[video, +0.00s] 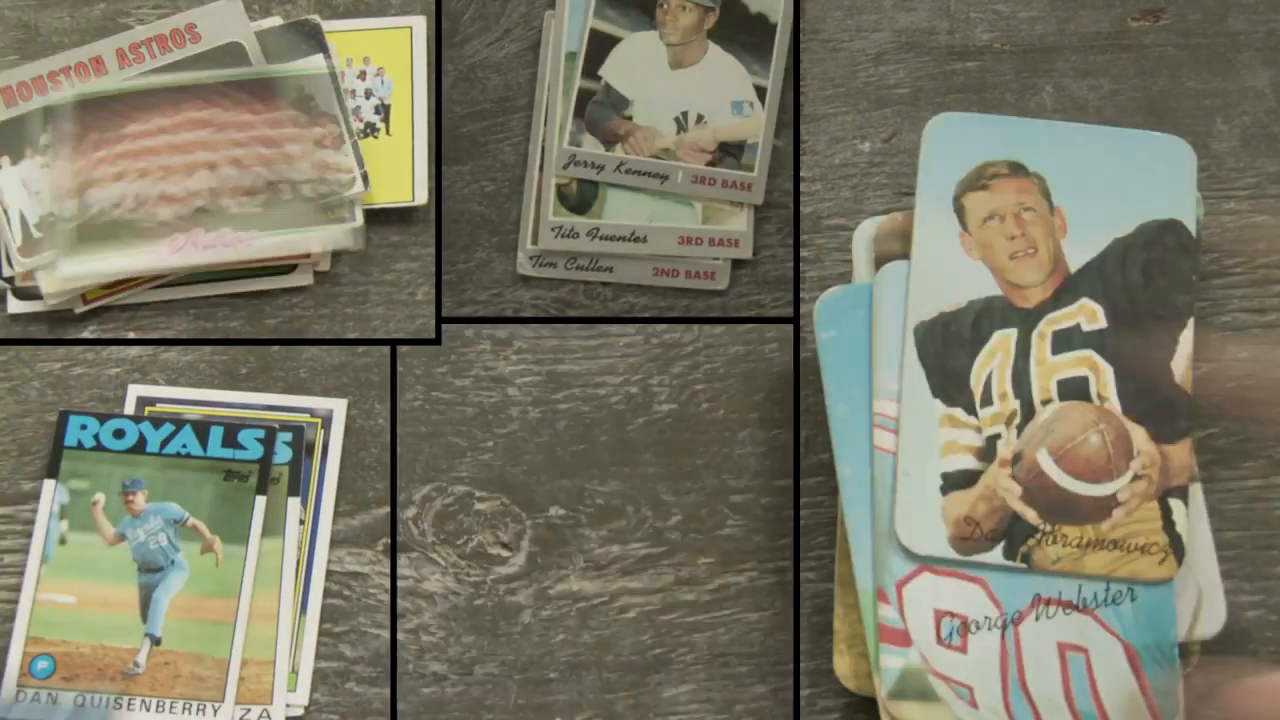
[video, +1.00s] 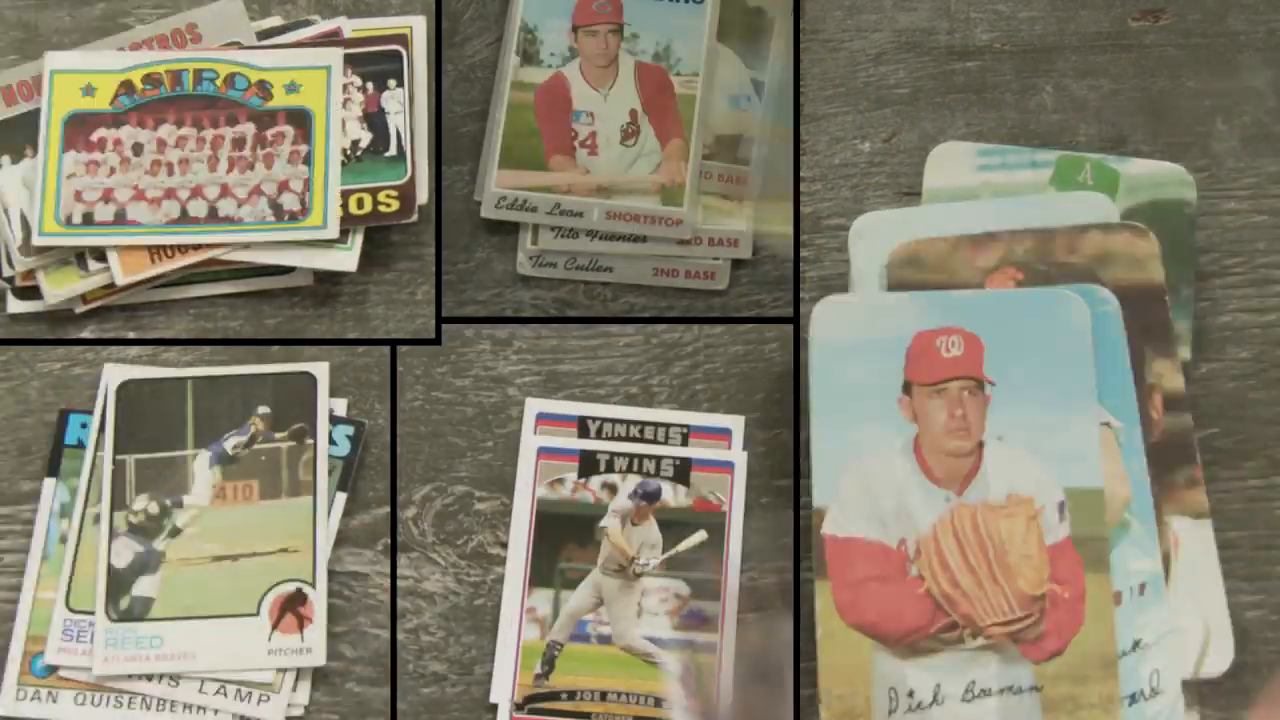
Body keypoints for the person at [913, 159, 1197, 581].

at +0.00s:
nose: (1016, 230)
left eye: (1027, 211)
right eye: (994, 220)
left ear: (1058, 223)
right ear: (970, 246)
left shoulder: (1130, 294)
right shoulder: (961, 345)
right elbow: (963, 532)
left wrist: (1167, 466)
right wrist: (996, 494)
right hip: (1035, 572)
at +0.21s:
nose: (1012, 385)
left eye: (1023, 364)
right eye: (990, 382)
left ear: (1056, 368)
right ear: (971, 409)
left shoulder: (1127, 425)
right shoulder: (997, 523)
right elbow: (1035, 692)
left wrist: (1259, 692)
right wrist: (1260, 689)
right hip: (1118, 697)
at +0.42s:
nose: (1044, 396)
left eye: (1047, 375)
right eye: (1018, 388)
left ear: (1070, 374)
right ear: (994, 416)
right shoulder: (993, 524)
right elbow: (1026, 695)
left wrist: (1244, 658)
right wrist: (1245, 659)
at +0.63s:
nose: (946, 383)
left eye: (955, 362)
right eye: (930, 375)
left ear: (984, 359)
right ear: (925, 390)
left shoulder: (1061, 402)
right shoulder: (940, 465)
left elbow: (1108, 486)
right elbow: (946, 558)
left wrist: (1041, 562)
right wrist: (982, 591)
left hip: (1129, 620)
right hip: (1038, 644)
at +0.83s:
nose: (946, 383)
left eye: (954, 362)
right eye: (930, 375)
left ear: (983, 360)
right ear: (925, 390)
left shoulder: (1060, 402)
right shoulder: (942, 468)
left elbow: (1107, 486)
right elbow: (947, 560)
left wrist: (1038, 563)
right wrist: (997, 601)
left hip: (1129, 612)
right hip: (1039, 639)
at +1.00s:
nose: (958, 409)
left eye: (969, 391)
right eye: (938, 393)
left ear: (987, 401)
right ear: (907, 406)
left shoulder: (1024, 474)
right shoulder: (868, 482)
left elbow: (1068, 592)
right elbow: (862, 599)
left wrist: (1026, 627)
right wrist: (969, 606)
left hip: (1008, 687)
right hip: (913, 690)